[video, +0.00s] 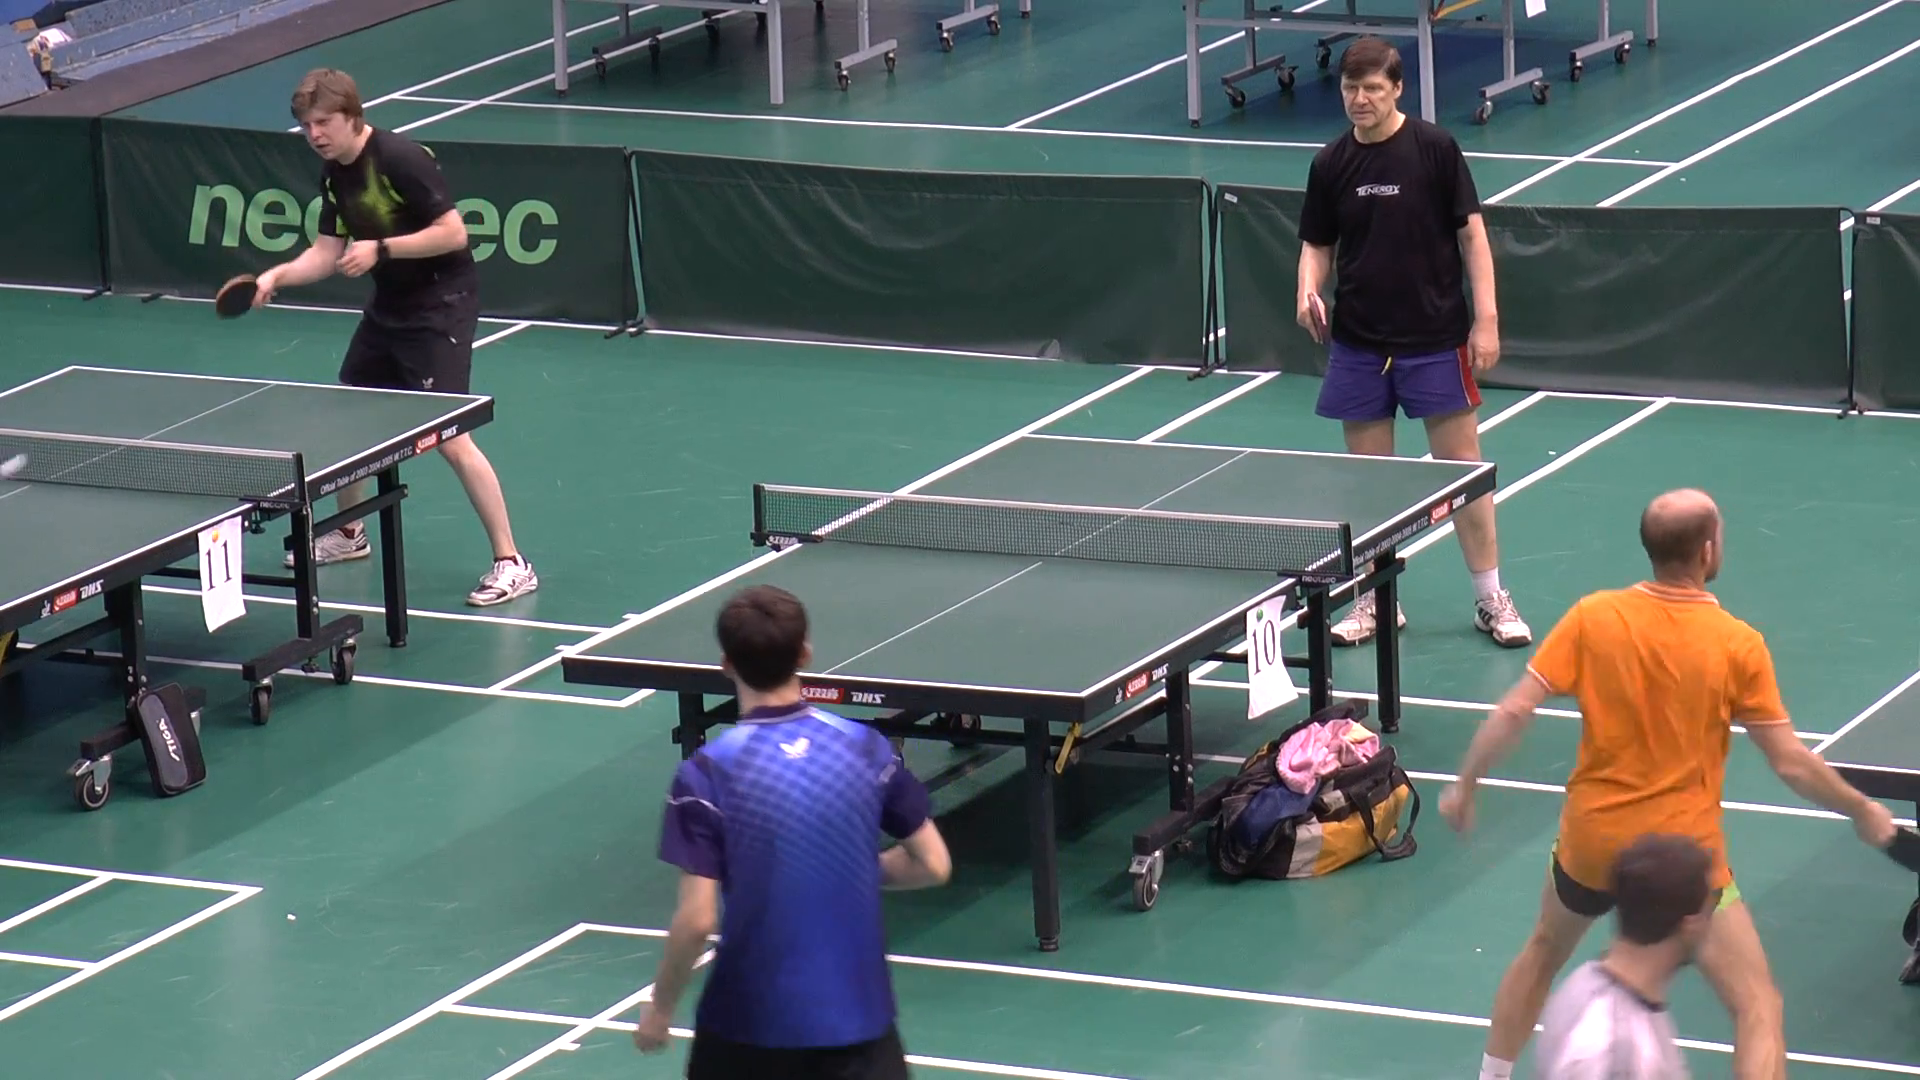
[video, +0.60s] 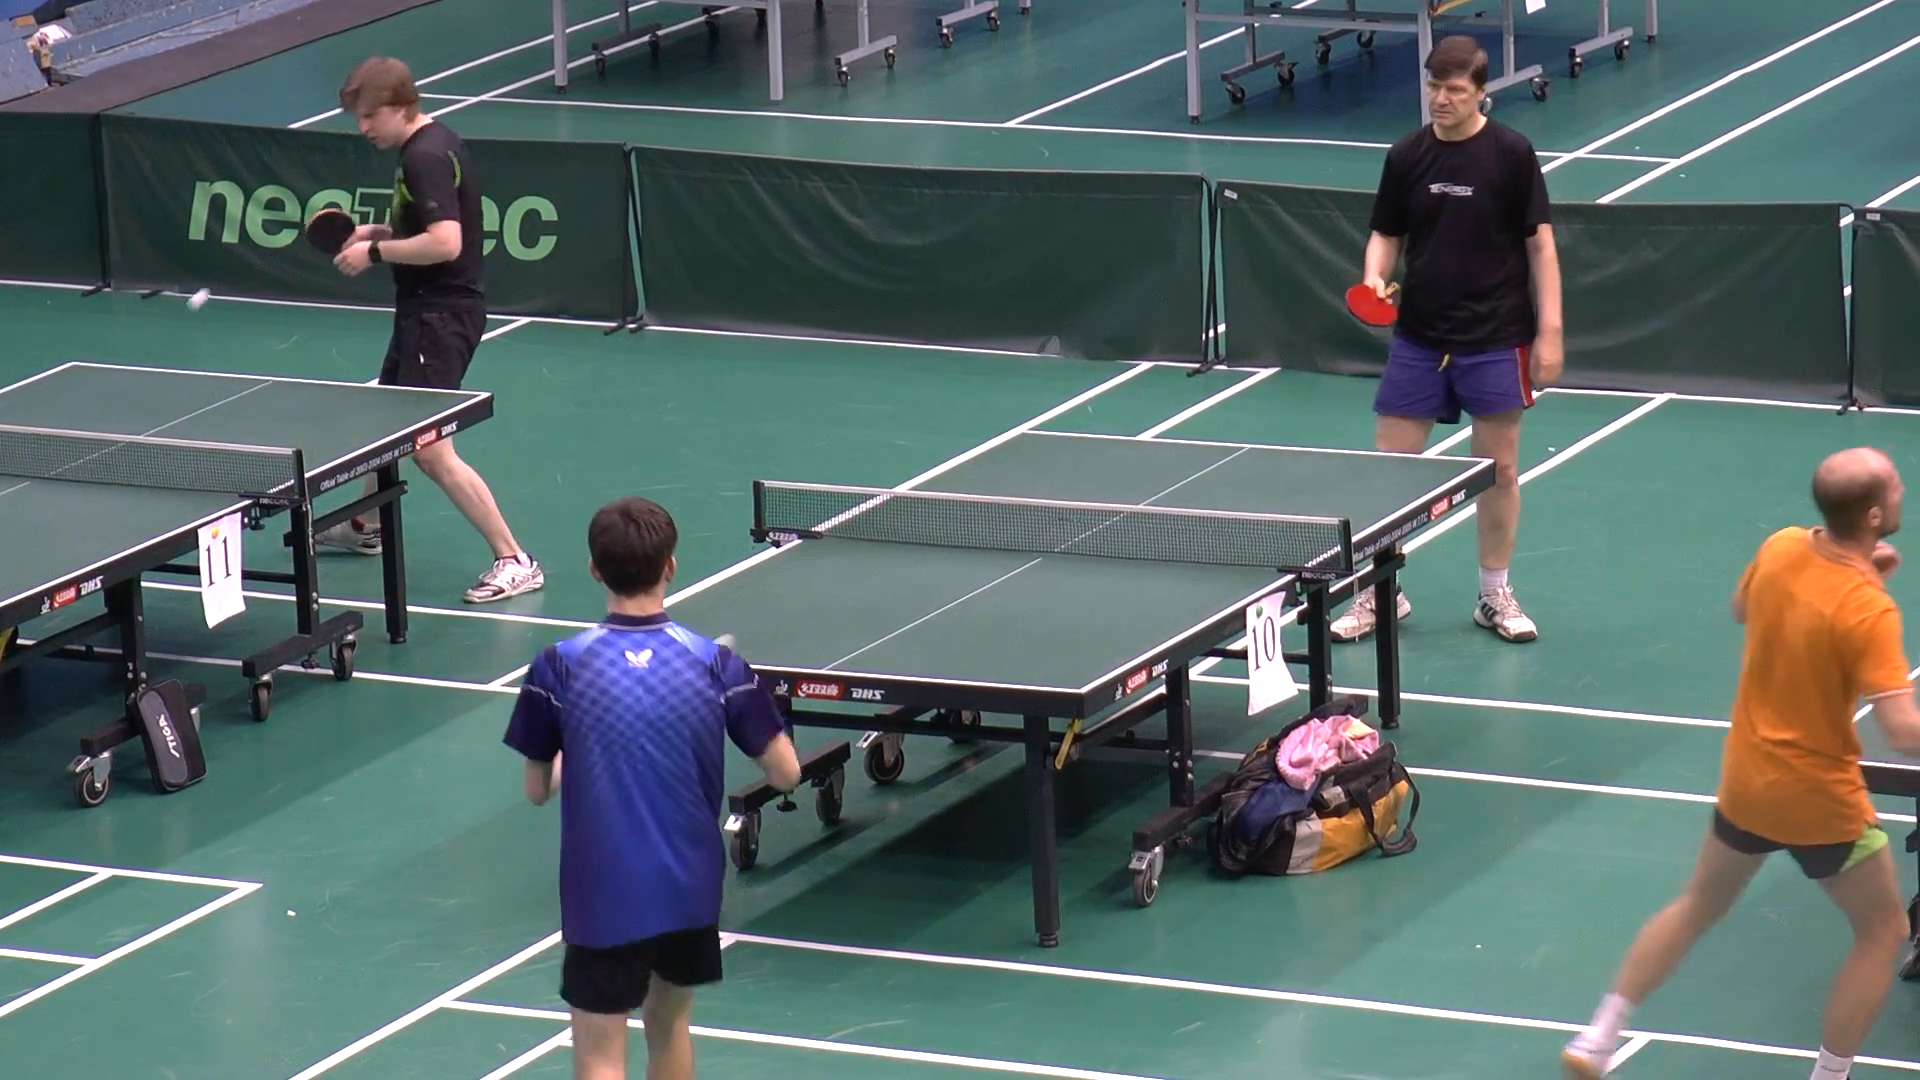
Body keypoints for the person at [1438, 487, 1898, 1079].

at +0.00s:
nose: (1723, 542)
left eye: (1720, 532)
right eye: (1720, 533)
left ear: (1647, 548)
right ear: (1708, 549)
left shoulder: (1592, 616)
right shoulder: (1736, 641)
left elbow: (1513, 710)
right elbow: (1790, 762)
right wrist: (1863, 809)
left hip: (1590, 843)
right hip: (1688, 852)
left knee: (1543, 951)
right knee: (1757, 1004)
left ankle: (1493, 1072)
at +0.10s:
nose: (1728, 519)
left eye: (1724, 510)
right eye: (1725, 512)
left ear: (1655, 527)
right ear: (1711, 530)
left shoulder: (1598, 583)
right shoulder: (1730, 622)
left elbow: (1513, 666)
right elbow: (1761, 748)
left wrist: (1517, 707)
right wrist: (1831, 797)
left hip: (1588, 823)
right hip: (1672, 835)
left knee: (1546, 944)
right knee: (1780, 949)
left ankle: (1490, 1070)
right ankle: (1758, 1074)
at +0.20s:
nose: (1754, 498)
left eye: (1752, 487)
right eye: (1750, 491)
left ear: (1680, 503)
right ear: (1735, 510)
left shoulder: (1623, 555)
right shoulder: (1738, 603)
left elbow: (1560, 631)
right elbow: (1752, 732)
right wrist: (1825, 777)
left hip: (1599, 787)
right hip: (1679, 804)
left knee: (1554, 924)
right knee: (1781, 925)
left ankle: (1485, 1063)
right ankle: (1769, 1065)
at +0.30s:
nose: (1786, 492)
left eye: (1781, 484)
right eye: (1781, 487)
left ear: (1714, 507)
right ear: (1761, 511)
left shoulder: (1659, 548)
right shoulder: (1754, 608)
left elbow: (1615, 619)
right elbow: (1759, 734)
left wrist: (1688, 601)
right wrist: (1846, 780)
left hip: (1616, 784)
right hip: (1696, 803)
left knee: (1560, 922)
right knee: (1798, 927)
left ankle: (1486, 1061)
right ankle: (1792, 1069)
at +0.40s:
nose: (1828, 506)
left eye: (1822, 497)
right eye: (1821, 503)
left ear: (1756, 520)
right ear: (1802, 530)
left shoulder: (1712, 555)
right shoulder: (1788, 622)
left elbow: (1673, 615)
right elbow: (1790, 746)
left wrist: (1782, 596)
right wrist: (1884, 786)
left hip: (1655, 789)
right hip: (1733, 808)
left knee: (1584, 922)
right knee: (1830, 924)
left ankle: (1495, 1059)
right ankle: (1823, 1071)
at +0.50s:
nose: (1868, 497)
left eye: (1861, 491)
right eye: (1861, 495)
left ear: (1797, 522)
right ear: (1842, 527)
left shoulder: (1755, 552)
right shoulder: (1830, 616)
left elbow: (1715, 610)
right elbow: (1840, 739)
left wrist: (1821, 583)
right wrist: (1918, 771)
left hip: (1705, 786)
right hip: (1782, 806)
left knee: (1631, 913)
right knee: (1868, 928)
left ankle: (1529, 1041)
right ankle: (1828, 1073)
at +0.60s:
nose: (1900, 490)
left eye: (1896, 483)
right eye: (1895, 488)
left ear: (1826, 509)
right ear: (1876, 518)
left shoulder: (1783, 546)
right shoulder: (1870, 607)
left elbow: (1746, 609)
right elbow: (1904, 731)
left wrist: (1857, 570)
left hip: (1745, 779)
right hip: (1820, 797)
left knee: (1697, 904)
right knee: (1883, 930)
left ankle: (1598, 1036)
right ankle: (1830, 1071)